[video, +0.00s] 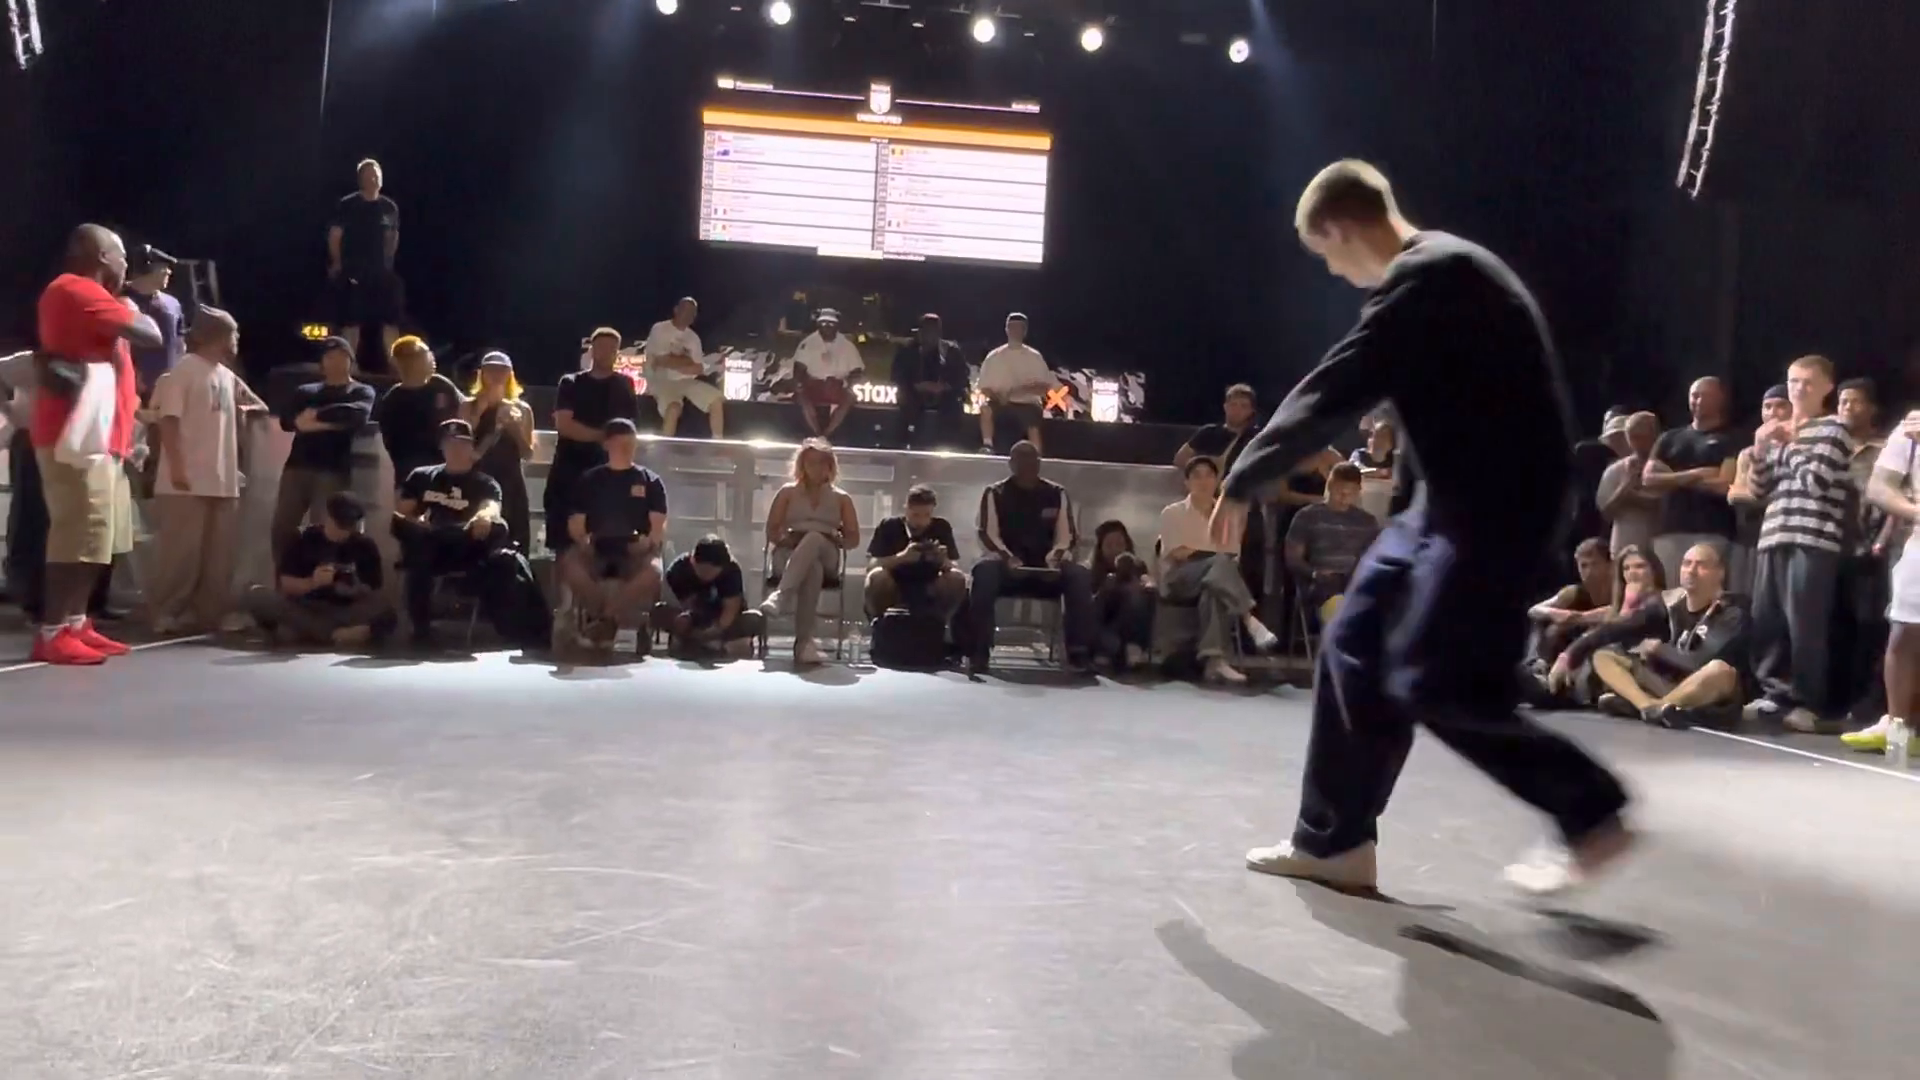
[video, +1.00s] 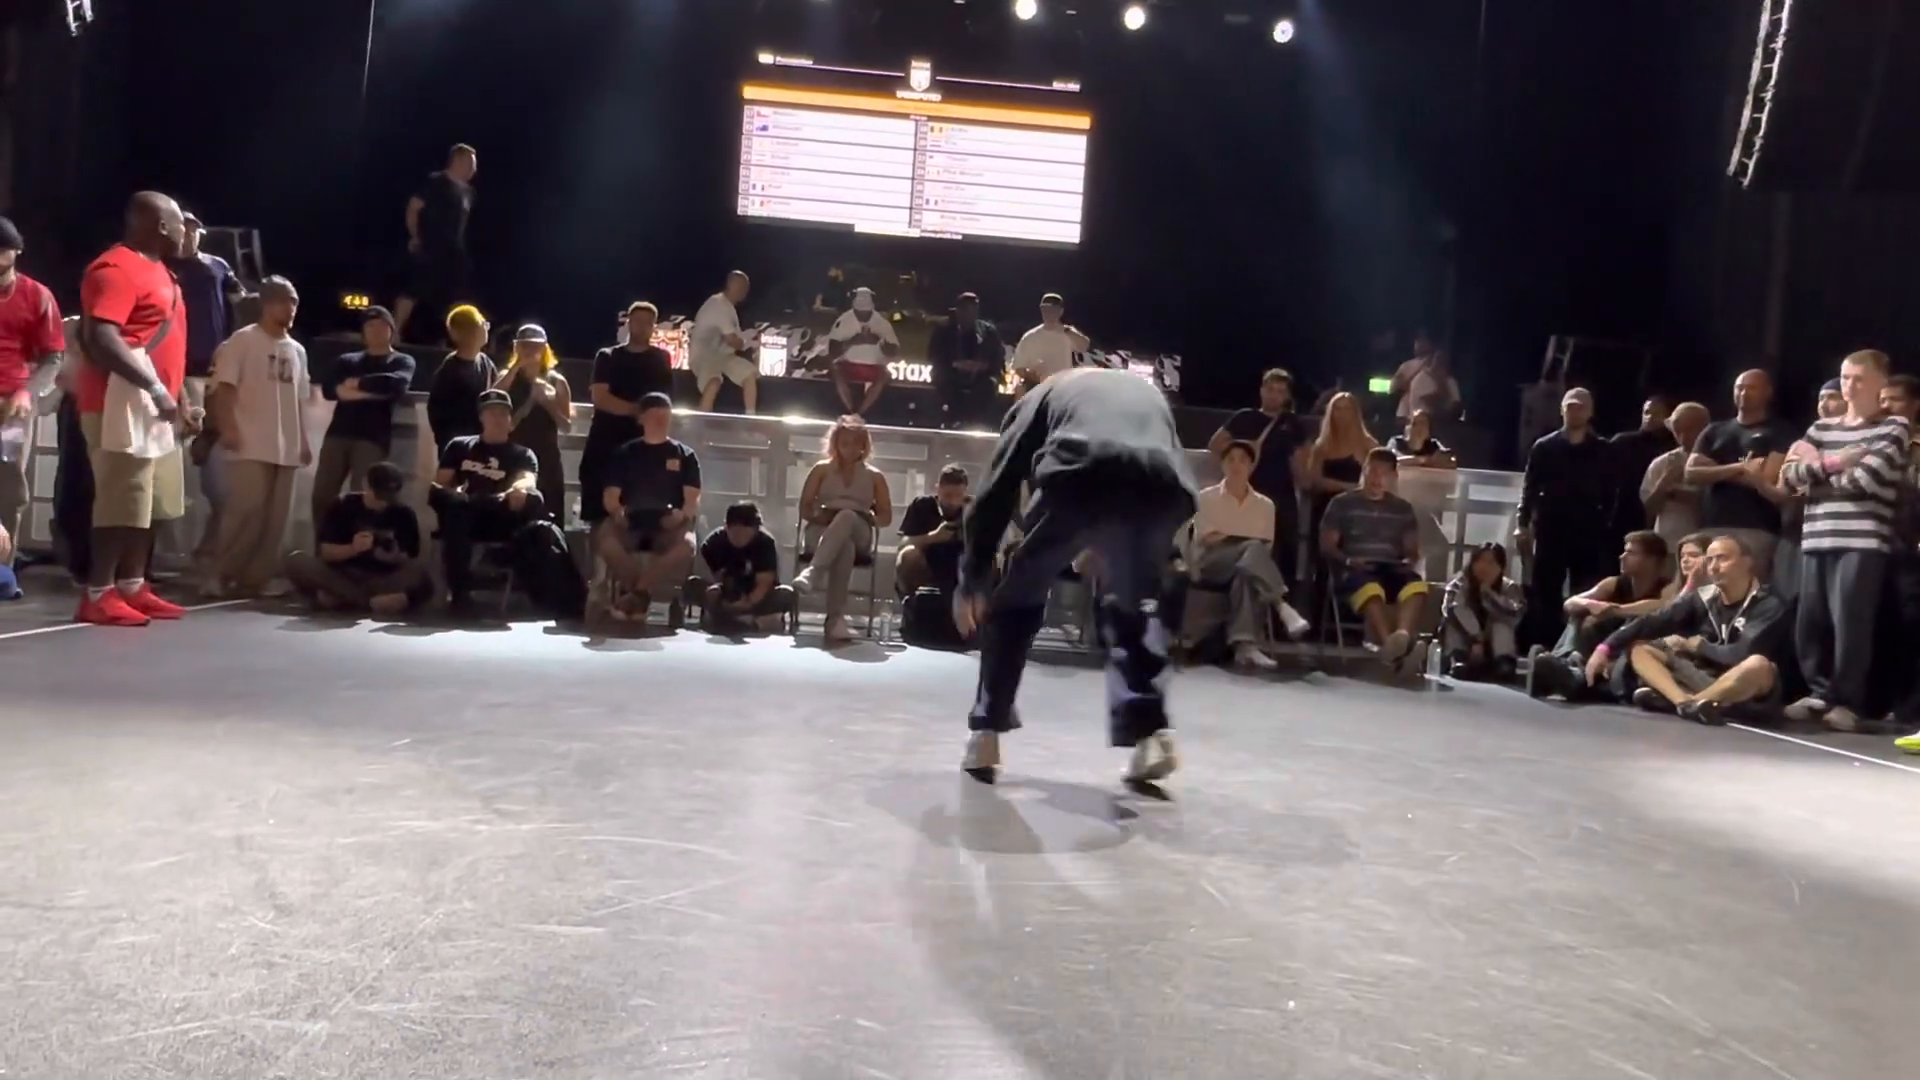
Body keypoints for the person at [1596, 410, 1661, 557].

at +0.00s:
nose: (1639, 443)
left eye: (1643, 437)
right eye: (1634, 438)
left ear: (1654, 437)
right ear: (1628, 439)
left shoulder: (1661, 469)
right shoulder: (1614, 471)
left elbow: (1666, 503)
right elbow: (1604, 509)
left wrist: (1629, 495)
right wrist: (1626, 484)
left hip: (1656, 541)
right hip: (1623, 543)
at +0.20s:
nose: (1654, 441)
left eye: (1659, 435)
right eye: (1648, 435)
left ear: (1669, 434)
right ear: (1641, 437)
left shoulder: (1678, 465)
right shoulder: (1627, 469)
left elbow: (1682, 501)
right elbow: (1618, 508)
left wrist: (1644, 493)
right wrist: (1639, 480)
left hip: (1671, 538)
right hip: (1636, 541)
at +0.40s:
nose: (1663, 438)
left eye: (1669, 432)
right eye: (1658, 432)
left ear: (1679, 431)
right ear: (1652, 433)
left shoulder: (1688, 463)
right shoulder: (1638, 466)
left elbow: (1692, 500)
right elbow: (1629, 505)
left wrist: (1655, 491)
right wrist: (1649, 478)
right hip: (1646, 533)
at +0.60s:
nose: (1674, 436)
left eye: (1680, 429)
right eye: (1668, 431)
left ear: (1691, 428)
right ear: (1661, 432)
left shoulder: (1701, 461)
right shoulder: (1649, 465)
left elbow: (1705, 501)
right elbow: (1637, 510)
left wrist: (1663, 491)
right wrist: (1656, 482)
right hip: (1656, 541)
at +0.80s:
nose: (1677, 436)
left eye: (1683, 429)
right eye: (1673, 430)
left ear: (1698, 428)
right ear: (1668, 430)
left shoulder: (1709, 462)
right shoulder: (1656, 464)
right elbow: (1643, 510)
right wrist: (1661, 481)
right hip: (1662, 542)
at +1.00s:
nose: (1684, 438)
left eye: (1691, 431)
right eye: (1679, 432)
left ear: (1705, 430)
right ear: (1674, 432)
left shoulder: (1715, 462)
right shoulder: (1661, 465)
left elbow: (1719, 502)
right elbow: (1646, 509)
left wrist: (1676, 491)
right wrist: (1664, 484)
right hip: (1668, 546)